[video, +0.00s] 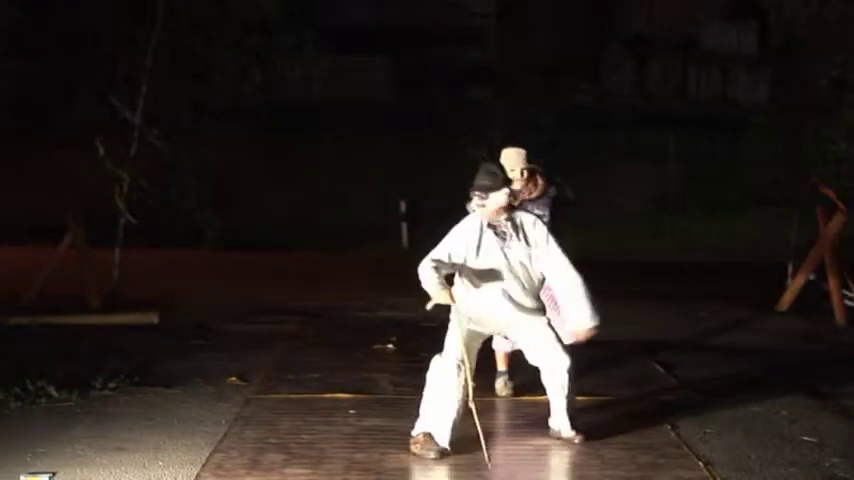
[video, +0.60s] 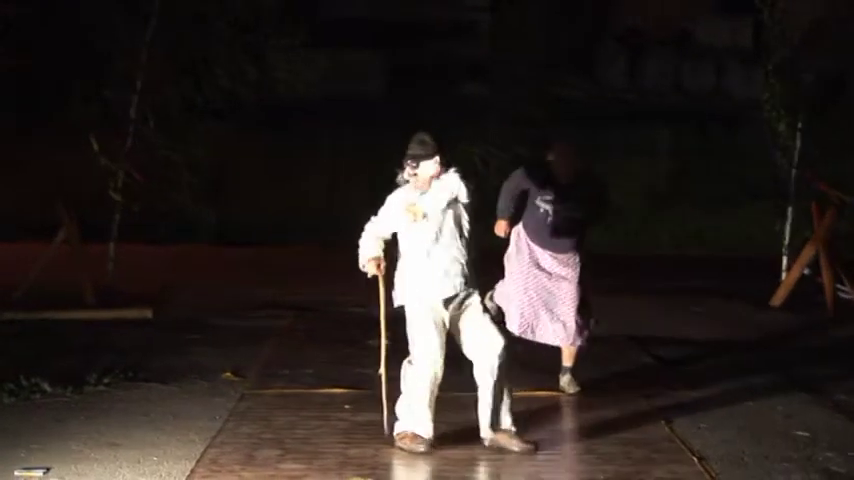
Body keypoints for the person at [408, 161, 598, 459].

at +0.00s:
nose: (506, 200)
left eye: (507, 194)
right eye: (499, 195)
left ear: (509, 196)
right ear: (481, 199)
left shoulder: (529, 225)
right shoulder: (469, 229)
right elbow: (429, 265)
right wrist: (439, 292)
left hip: (523, 314)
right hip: (472, 313)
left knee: (557, 362)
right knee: (452, 366)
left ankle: (560, 423)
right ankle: (428, 434)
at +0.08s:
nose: (491, 194)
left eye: (491, 187)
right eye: (483, 190)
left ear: (496, 187)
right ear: (468, 195)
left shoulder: (518, 214)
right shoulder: (460, 222)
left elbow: (527, 261)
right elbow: (417, 254)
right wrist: (421, 278)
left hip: (509, 304)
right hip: (466, 306)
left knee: (549, 356)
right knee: (447, 362)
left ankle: (559, 423)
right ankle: (426, 432)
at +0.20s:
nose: (473, 174)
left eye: (467, 168)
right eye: (464, 169)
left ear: (474, 170)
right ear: (451, 175)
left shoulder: (496, 191)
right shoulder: (437, 207)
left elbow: (494, 200)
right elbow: (404, 236)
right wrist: (406, 256)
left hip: (500, 295)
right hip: (454, 298)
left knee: (532, 352)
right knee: (440, 358)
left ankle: (555, 421)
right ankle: (424, 431)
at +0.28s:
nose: (467, 168)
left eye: (468, 161)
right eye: (459, 163)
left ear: (470, 162)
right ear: (442, 167)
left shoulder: (488, 185)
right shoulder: (427, 198)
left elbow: (490, 203)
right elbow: (407, 229)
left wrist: (455, 187)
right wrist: (399, 251)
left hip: (486, 288)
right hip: (444, 292)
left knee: (525, 340)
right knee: (441, 353)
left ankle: (536, 414)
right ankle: (423, 430)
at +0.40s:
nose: (445, 165)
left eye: (445, 159)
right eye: (436, 159)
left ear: (456, 160)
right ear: (428, 162)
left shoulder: (475, 194)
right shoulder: (417, 197)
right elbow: (401, 230)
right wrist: (398, 255)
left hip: (480, 291)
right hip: (439, 294)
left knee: (511, 346)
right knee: (444, 357)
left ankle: (504, 422)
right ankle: (413, 428)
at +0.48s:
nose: (442, 169)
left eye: (442, 162)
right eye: (433, 164)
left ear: (445, 164)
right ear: (418, 169)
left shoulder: (459, 193)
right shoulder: (409, 202)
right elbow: (387, 234)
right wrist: (387, 258)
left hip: (470, 293)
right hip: (431, 296)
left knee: (497, 351)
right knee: (436, 359)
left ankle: (498, 429)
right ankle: (411, 429)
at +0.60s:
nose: (416, 170)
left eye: (424, 162)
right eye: (414, 163)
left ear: (437, 163)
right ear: (409, 166)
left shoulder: (453, 188)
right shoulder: (401, 200)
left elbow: (455, 190)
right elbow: (374, 230)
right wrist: (372, 253)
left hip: (461, 292)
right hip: (420, 295)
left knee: (491, 348)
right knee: (428, 360)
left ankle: (497, 428)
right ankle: (409, 429)